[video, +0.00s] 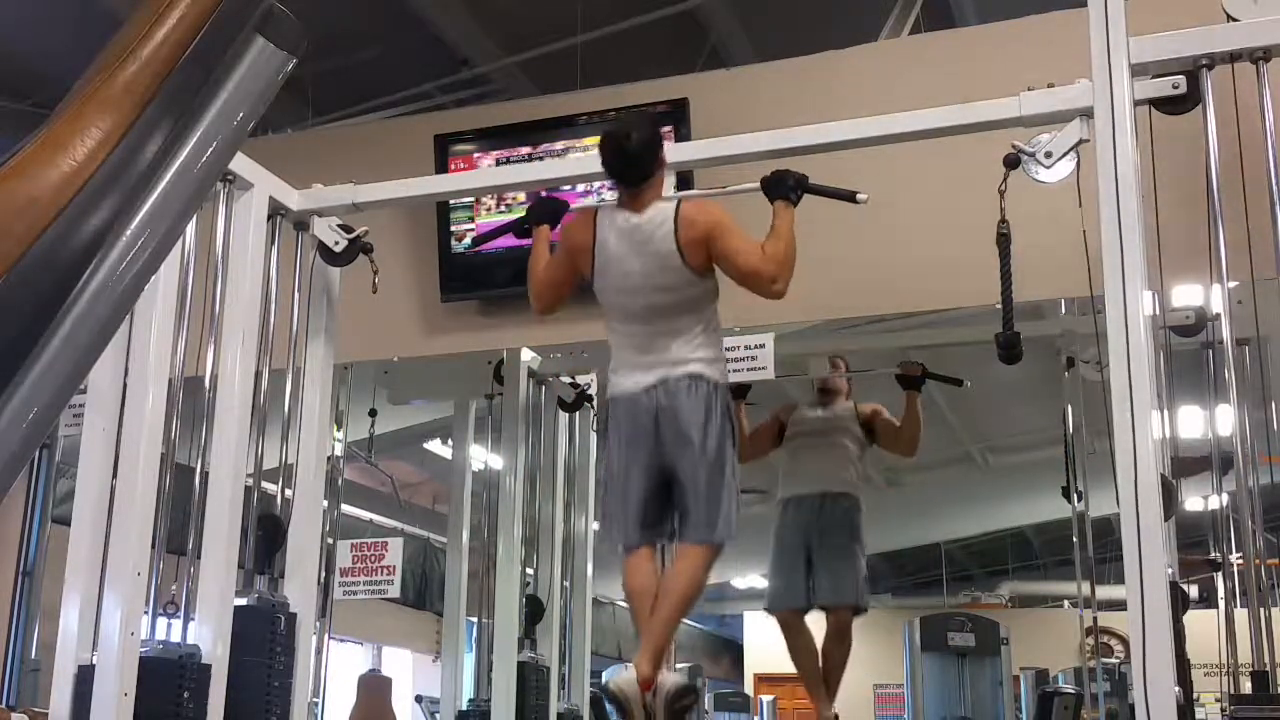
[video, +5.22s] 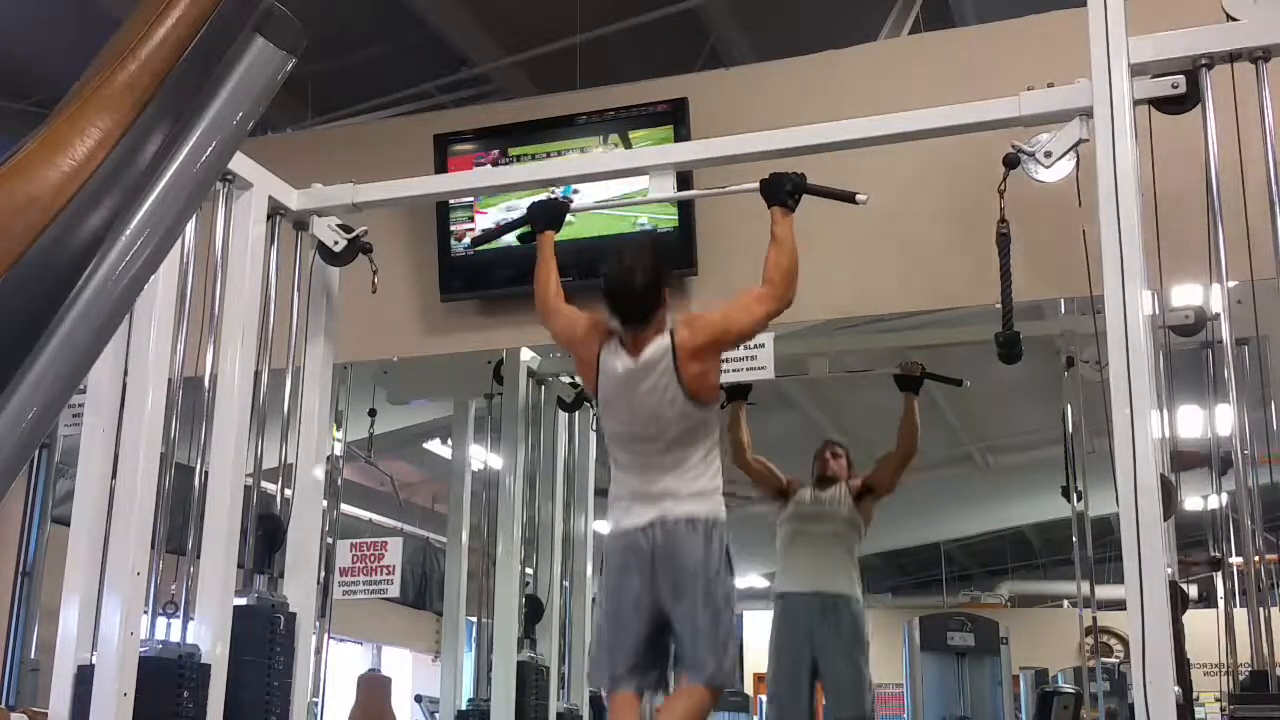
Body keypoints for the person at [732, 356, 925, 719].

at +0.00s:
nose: (830, 368)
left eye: (838, 366)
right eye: (824, 366)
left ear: (849, 382)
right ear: (813, 380)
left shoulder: (865, 413)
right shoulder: (791, 413)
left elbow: (906, 445)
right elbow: (744, 451)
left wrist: (912, 393)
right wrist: (737, 401)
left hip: (841, 509)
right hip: (793, 510)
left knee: (841, 612)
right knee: (785, 610)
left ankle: (825, 708)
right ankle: (822, 707)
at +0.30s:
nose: (828, 405)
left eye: (836, 401)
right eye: (822, 402)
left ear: (849, 414)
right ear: (814, 415)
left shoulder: (862, 443)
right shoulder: (793, 444)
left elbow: (909, 448)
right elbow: (743, 453)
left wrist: (913, 393)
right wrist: (734, 404)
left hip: (841, 548)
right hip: (792, 550)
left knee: (845, 652)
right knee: (789, 647)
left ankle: (837, 716)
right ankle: (819, 715)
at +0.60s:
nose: (826, 465)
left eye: (835, 463)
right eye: (820, 463)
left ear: (848, 476)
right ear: (812, 475)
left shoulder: (860, 498)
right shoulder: (787, 497)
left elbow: (899, 455)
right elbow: (746, 457)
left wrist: (910, 396)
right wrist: (737, 402)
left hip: (837, 609)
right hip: (787, 609)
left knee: (841, 704)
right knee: (780, 704)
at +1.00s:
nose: (828, 418)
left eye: (836, 414)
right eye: (822, 415)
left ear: (850, 426)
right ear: (813, 427)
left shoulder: (861, 454)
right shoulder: (793, 456)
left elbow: (906, 445)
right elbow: (741, 453)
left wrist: (912, 393)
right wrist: (735, 401)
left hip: (842, 556)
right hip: (792, 556)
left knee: (840, 663)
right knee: (781, 660)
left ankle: (829, 717)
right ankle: (806, 715)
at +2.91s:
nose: (829, 461)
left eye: (837, 459)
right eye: (823, 458)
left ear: (849, 472)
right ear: (813, 470)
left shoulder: (861, 497)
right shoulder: (789, 495)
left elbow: (903, 453)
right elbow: (744, 456)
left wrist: (910, 395)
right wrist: (738, 403)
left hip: (842, 609)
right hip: (790, 608)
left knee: (848, 707)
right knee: (784, 706)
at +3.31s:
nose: (827, 416)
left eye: (835, 412)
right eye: (821, 413)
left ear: (848, 425)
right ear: (813, 425)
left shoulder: (860, 454)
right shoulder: (792, 456)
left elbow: (908, 447)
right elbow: (739, 455)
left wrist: (912, 394)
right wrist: (736, 404)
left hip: (841, 558)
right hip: (791, 557)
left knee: (845, 663)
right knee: (781, 659)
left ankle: (834, 716)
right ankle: (811, 715)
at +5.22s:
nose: (827, 456)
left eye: (835, 455)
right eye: (822, 454)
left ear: (848, 468)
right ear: (812, 467)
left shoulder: (859, 493)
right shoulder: (789, 492)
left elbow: (904, 452)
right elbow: (743, 459)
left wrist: (910, 395)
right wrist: (737, 403)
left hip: (840, 608)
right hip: (789, 607)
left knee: (850, 706)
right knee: (787, 705)